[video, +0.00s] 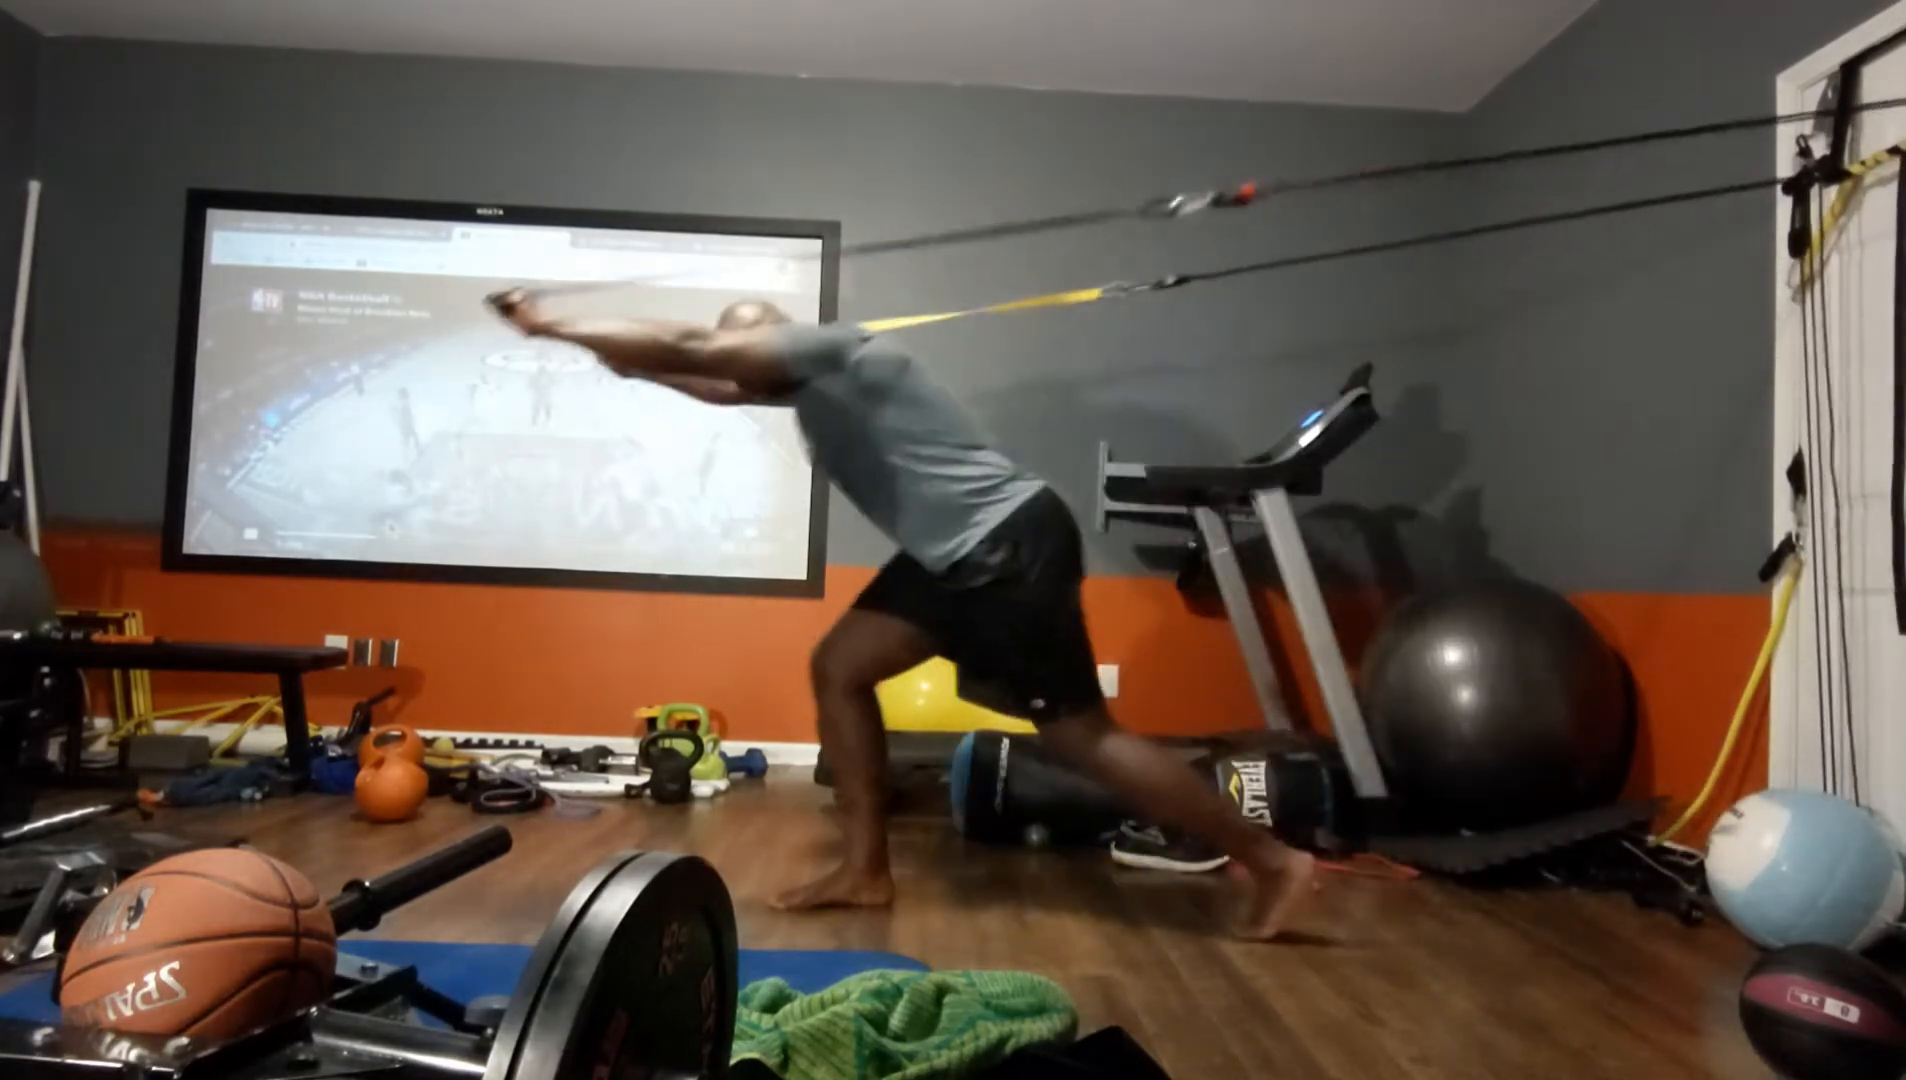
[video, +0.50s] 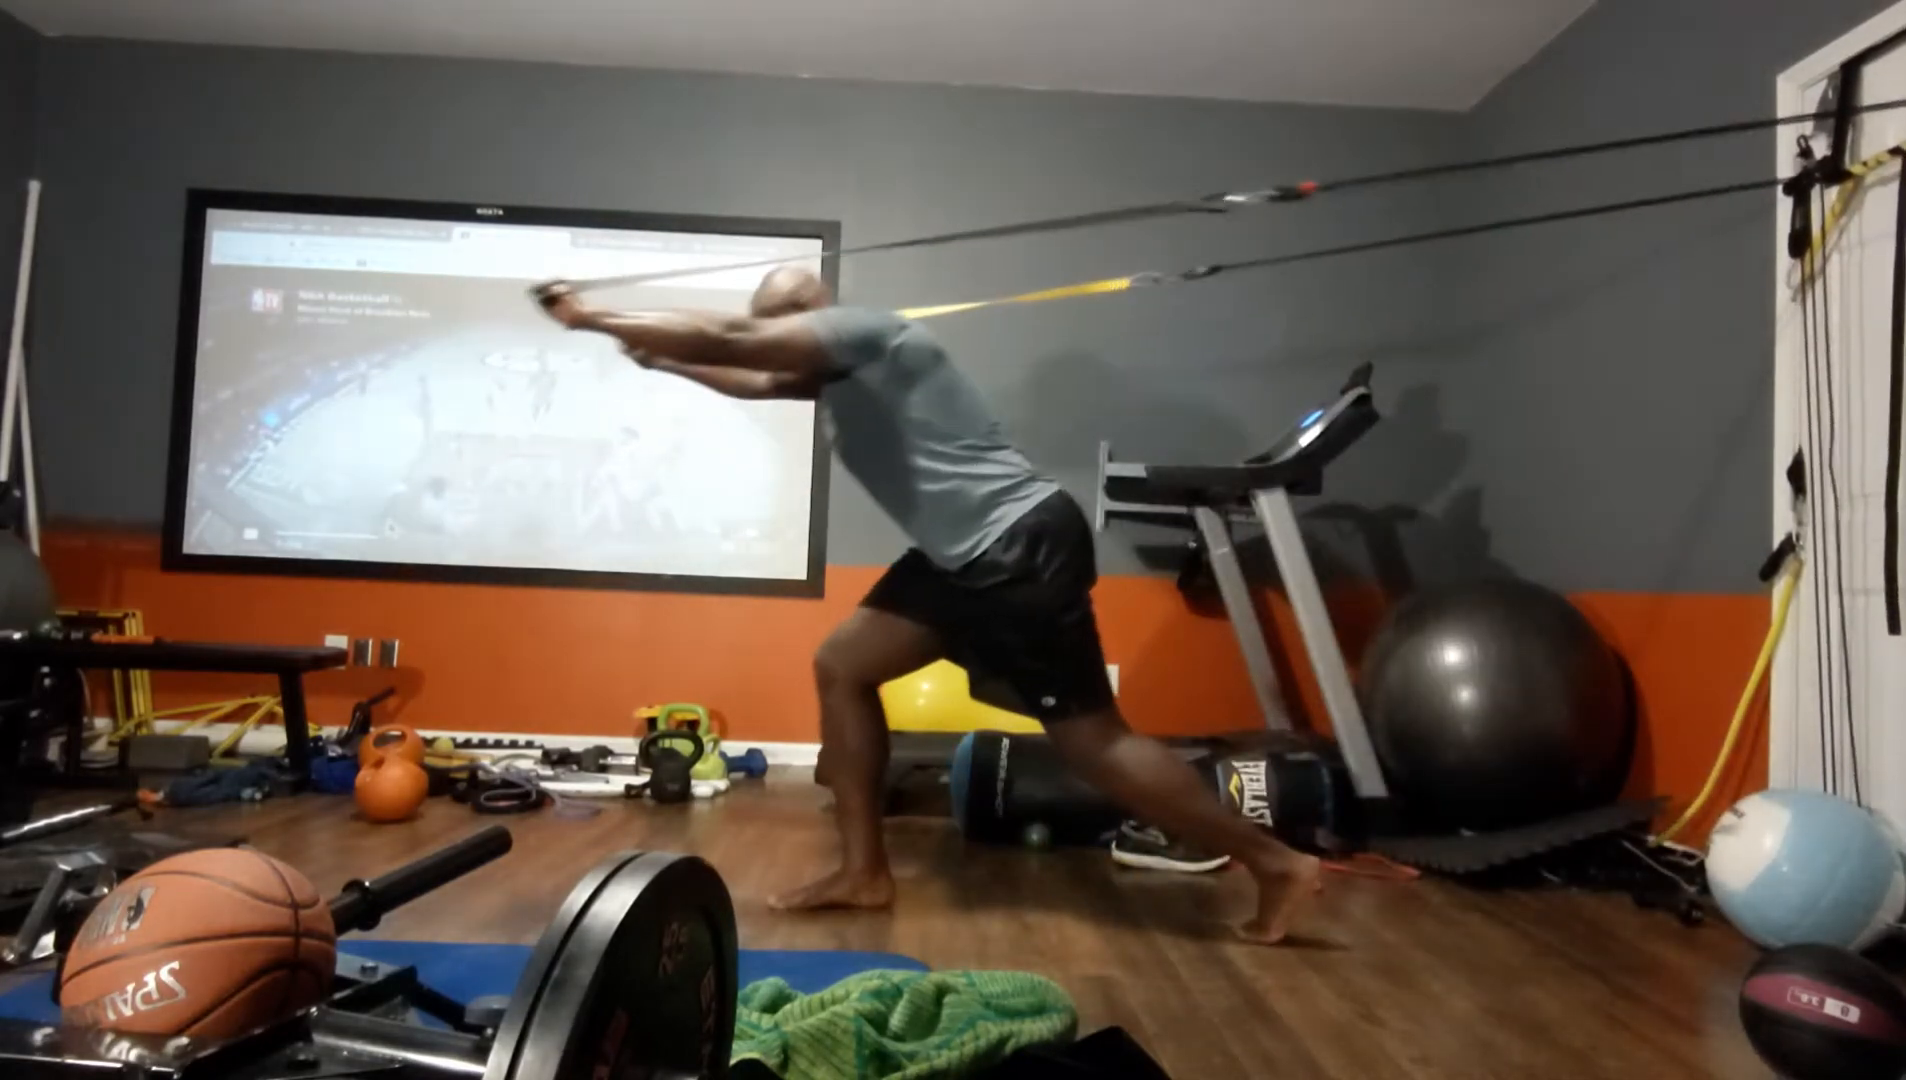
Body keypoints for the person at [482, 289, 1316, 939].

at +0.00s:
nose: (723, 375)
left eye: (725, 353)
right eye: (716, 360)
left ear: (761, 329)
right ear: (760, 339)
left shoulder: (835, 350)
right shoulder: (822, 382)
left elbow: (698, 352)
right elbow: (702, 381)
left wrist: (564, 327)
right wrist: (588, 345)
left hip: (1013, 544)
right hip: (943, 559)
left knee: (1084, 742)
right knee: (838, 667)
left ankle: (1273, 861)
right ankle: (860, 871)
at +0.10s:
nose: (705, 383)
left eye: (708, 364)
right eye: (702, 371)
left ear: (741, 337)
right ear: (754, 346)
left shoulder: (805, 356)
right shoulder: (816, 378)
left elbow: (669, 376)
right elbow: (676, 383)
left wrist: (533, 346)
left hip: (993, 544)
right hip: (934, 556)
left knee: (1080, 741)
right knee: (822, 667)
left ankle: (1267, 861)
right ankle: (860, 871)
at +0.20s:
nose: (702, 383)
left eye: (706, 365)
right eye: (698, 370)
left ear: (739, 340)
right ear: (752, 347)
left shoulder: (807, 359)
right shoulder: (817, 376)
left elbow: (671, 379)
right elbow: (674, 382)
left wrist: (532, 348)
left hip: (991, 549)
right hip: (935, 558)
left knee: (1078, 743)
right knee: (819, 670)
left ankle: (1266, 860)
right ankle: (859, 870)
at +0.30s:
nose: (716, 381)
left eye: (718, 361)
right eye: (710, 369)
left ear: (750, 333)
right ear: (761, 341)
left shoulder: (813, 354)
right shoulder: (818, 380)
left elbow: (691, 372)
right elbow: (693, 389)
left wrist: (549, 338)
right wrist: (586, 358)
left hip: (995, 551)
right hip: (933, 561)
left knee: (1080, 742)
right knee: (820, 671)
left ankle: (1261, 859)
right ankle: (859, 872)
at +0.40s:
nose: (727, 362)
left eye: (730, 344)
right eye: (721, 349)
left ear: (766, 323)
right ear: (772, 328)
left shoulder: (841, 345)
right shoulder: (823, 380)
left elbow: (702, 347)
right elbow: (715, 382)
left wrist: (562, 323)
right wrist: (622, 356)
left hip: (1006, 551)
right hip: (941, 562)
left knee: (1082, 743)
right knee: (827, 671)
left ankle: (1270, 866)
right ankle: (858, 871)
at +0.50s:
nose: (757, 330)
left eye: (762, 316)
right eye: (757, 318)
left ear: (801, 299)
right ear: (804, 304)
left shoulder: (868, 328)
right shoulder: (845, 371)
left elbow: (732, 336)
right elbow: (744, 376)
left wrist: (594, 315)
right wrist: (651, 351)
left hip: (1024, 545)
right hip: (958, 558)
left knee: (1097, 749)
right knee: (842, 667)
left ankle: (1280, 867)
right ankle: (861, 872)